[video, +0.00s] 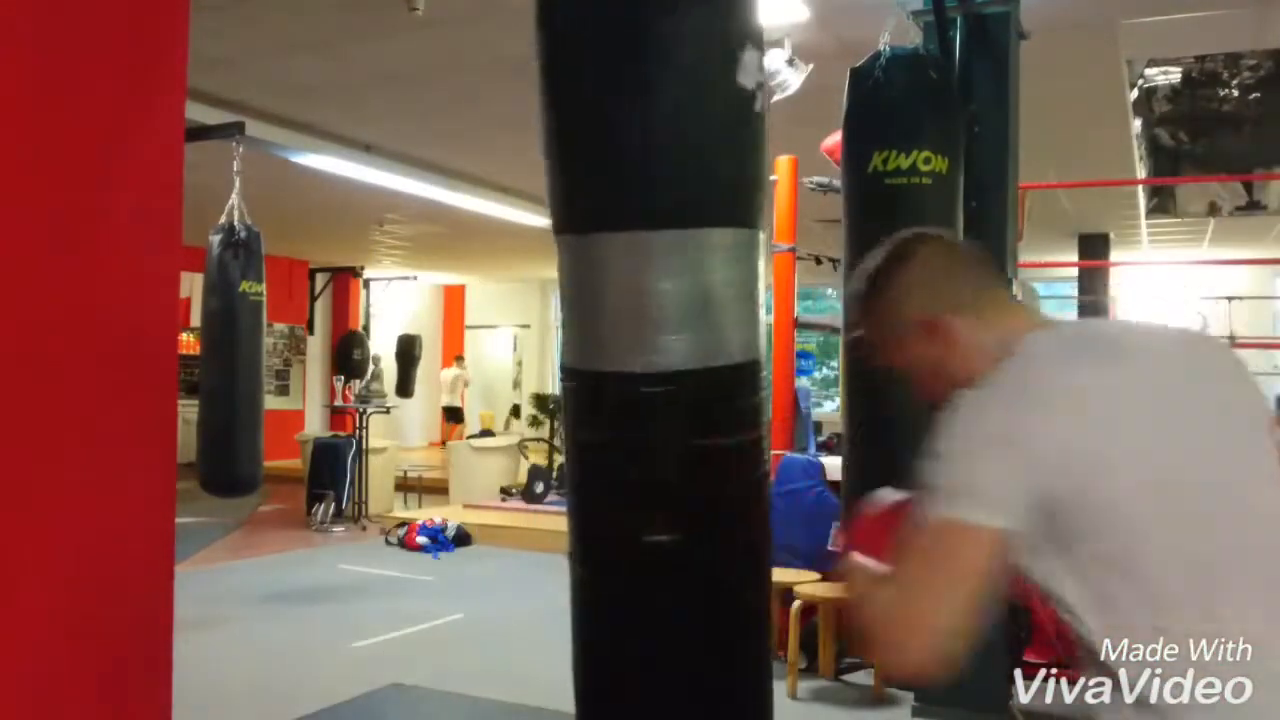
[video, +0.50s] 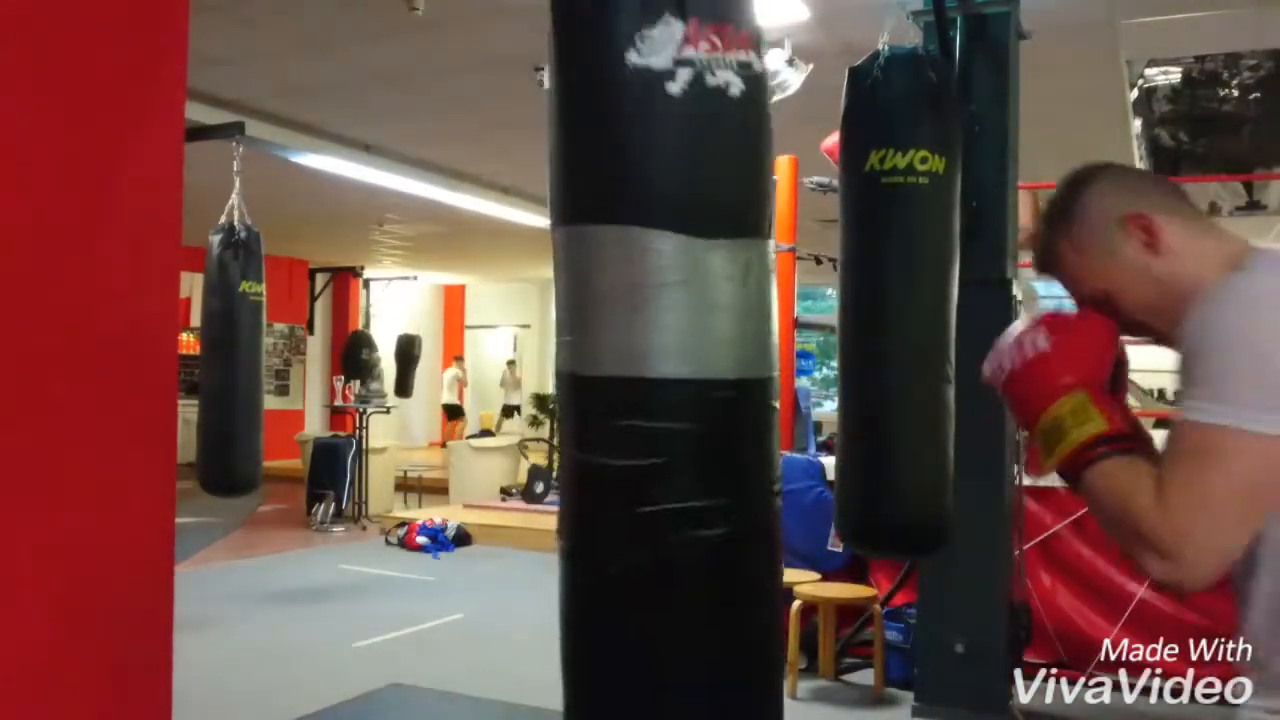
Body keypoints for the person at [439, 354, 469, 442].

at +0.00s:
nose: (462, 364)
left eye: (462, 362)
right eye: (462, 362)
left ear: (454, 361)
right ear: (461, 362)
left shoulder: (444, 372)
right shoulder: (461, 373)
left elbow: (443, 384)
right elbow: (467, 383)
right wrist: (465, 371)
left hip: (444, 402)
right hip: (455, 403)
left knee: (447, 423)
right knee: (461, 424)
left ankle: (445, 441)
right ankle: (453, 442)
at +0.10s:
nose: (462, 366)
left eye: (462, 363)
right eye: (461, 363)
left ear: (452, 363)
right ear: (458, 363)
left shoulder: (443, 374)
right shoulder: (462, 374)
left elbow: (441, 387)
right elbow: (465, 387)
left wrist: (442, 398)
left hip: (445, 403)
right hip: (457, 403)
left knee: (448, 423)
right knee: (461, 425)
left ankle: (445, 441)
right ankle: (453, 442)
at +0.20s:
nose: (460, 368)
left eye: (460, 366)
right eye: (459, 366)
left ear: (450, 366)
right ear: (457, 366)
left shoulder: (443, 377)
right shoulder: (462, 377)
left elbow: (441, 391)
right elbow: (465, 389)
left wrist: (443, 399)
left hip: (445, 405)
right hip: (457, 405)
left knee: (447, 425)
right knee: (460, 427)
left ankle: (445, 441)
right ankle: (455, 443)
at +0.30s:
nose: (461, 367)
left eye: (461, 364)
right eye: (460, 364)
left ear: (451, 365)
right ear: (457, 365)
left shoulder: (443, 377)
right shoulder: (461, 376)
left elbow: (440, 390)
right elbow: (465, 387)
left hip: (445, 404)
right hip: (456, 404)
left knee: (448, 425)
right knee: (460, 426)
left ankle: (445, 442)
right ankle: (453, 443)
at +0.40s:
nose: (462, 365)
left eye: (461, 363)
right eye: (461, 363)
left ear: (453, 362)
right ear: (458, 362)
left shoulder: (445, 372)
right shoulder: (458, 372)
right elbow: (465, 383)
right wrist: (463, 371)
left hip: (444, 401)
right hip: (454, 401)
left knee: (449, 422)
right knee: (462, 421)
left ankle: (446, 441)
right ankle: (455, 441)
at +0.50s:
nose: (462, 365)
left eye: (462, 363)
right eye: (461, 363)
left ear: (454, 362)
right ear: (458, 362)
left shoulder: (446, 371)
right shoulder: (456, 372)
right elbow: (465, 383)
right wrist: (464, 372)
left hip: (444, 401)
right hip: (453, 401)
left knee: (450, 422)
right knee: (463, 421)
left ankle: (446, 441)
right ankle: (456, 442)